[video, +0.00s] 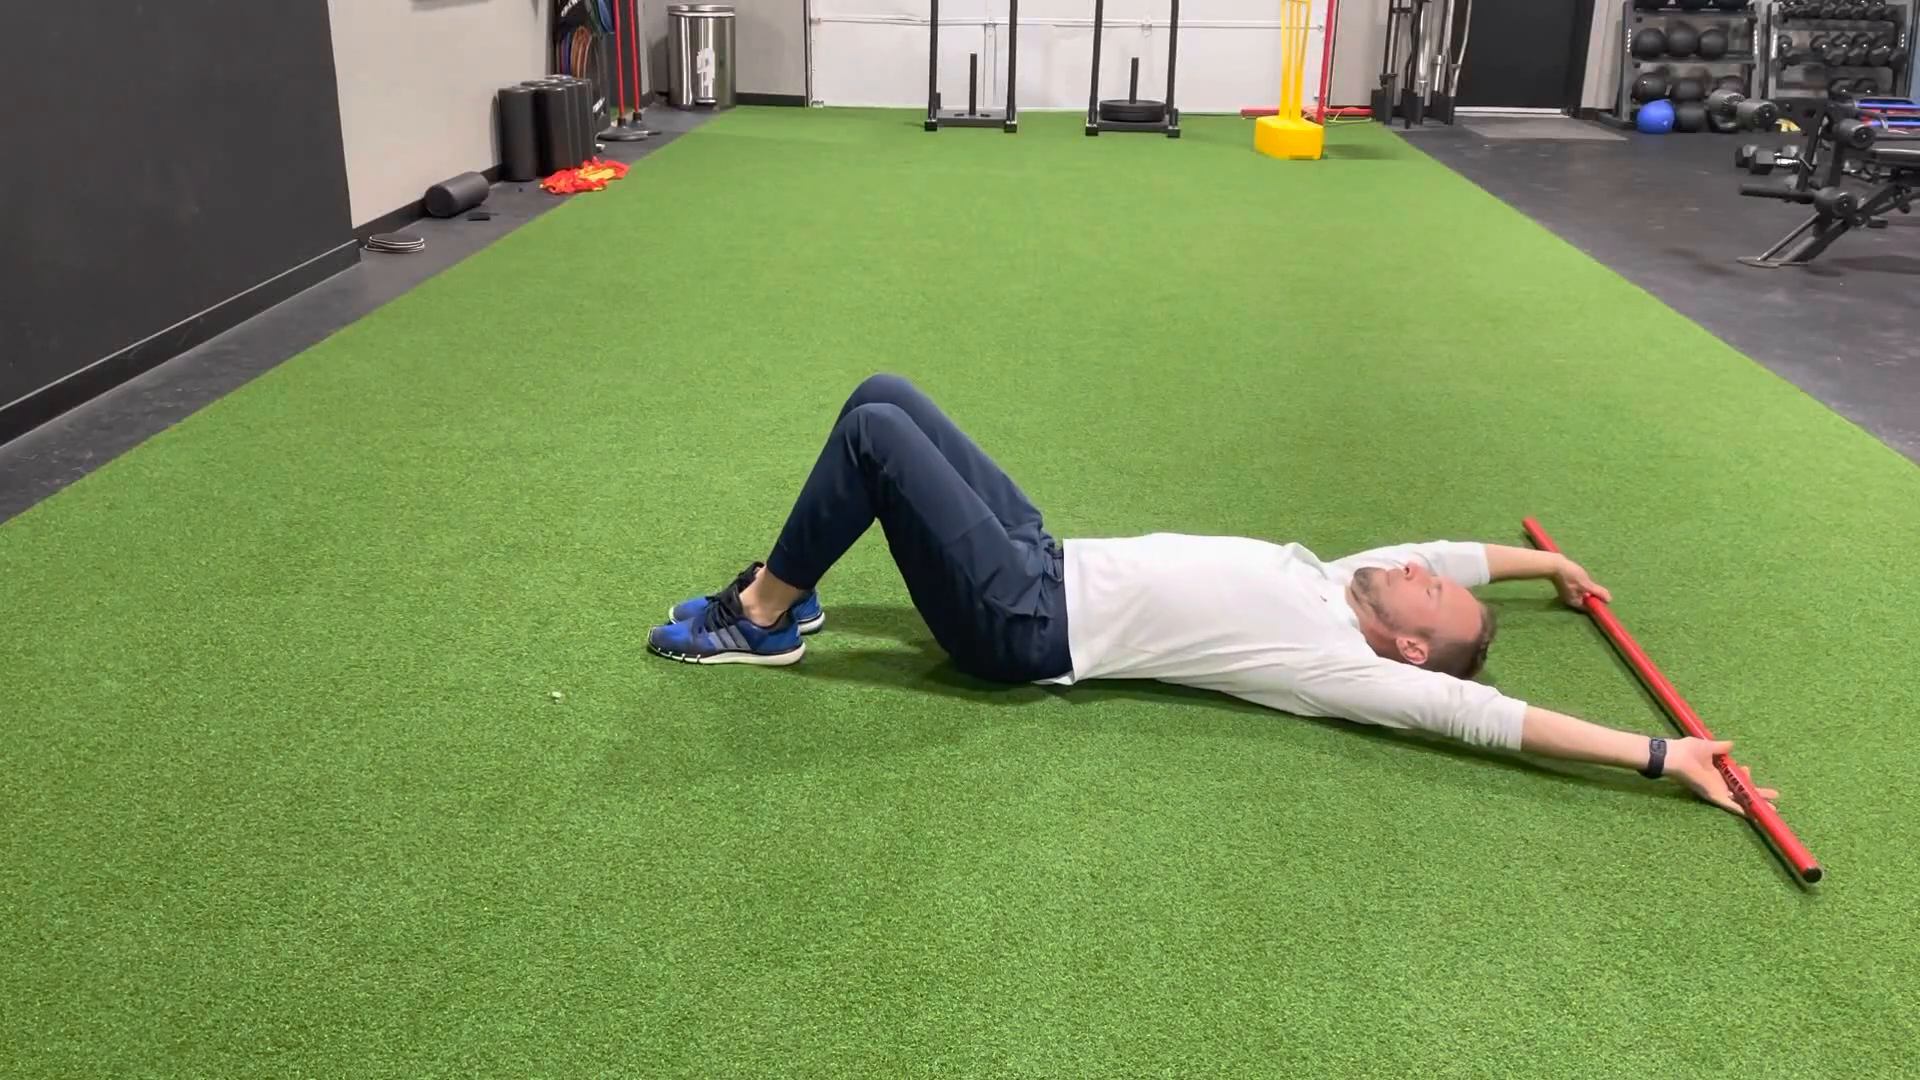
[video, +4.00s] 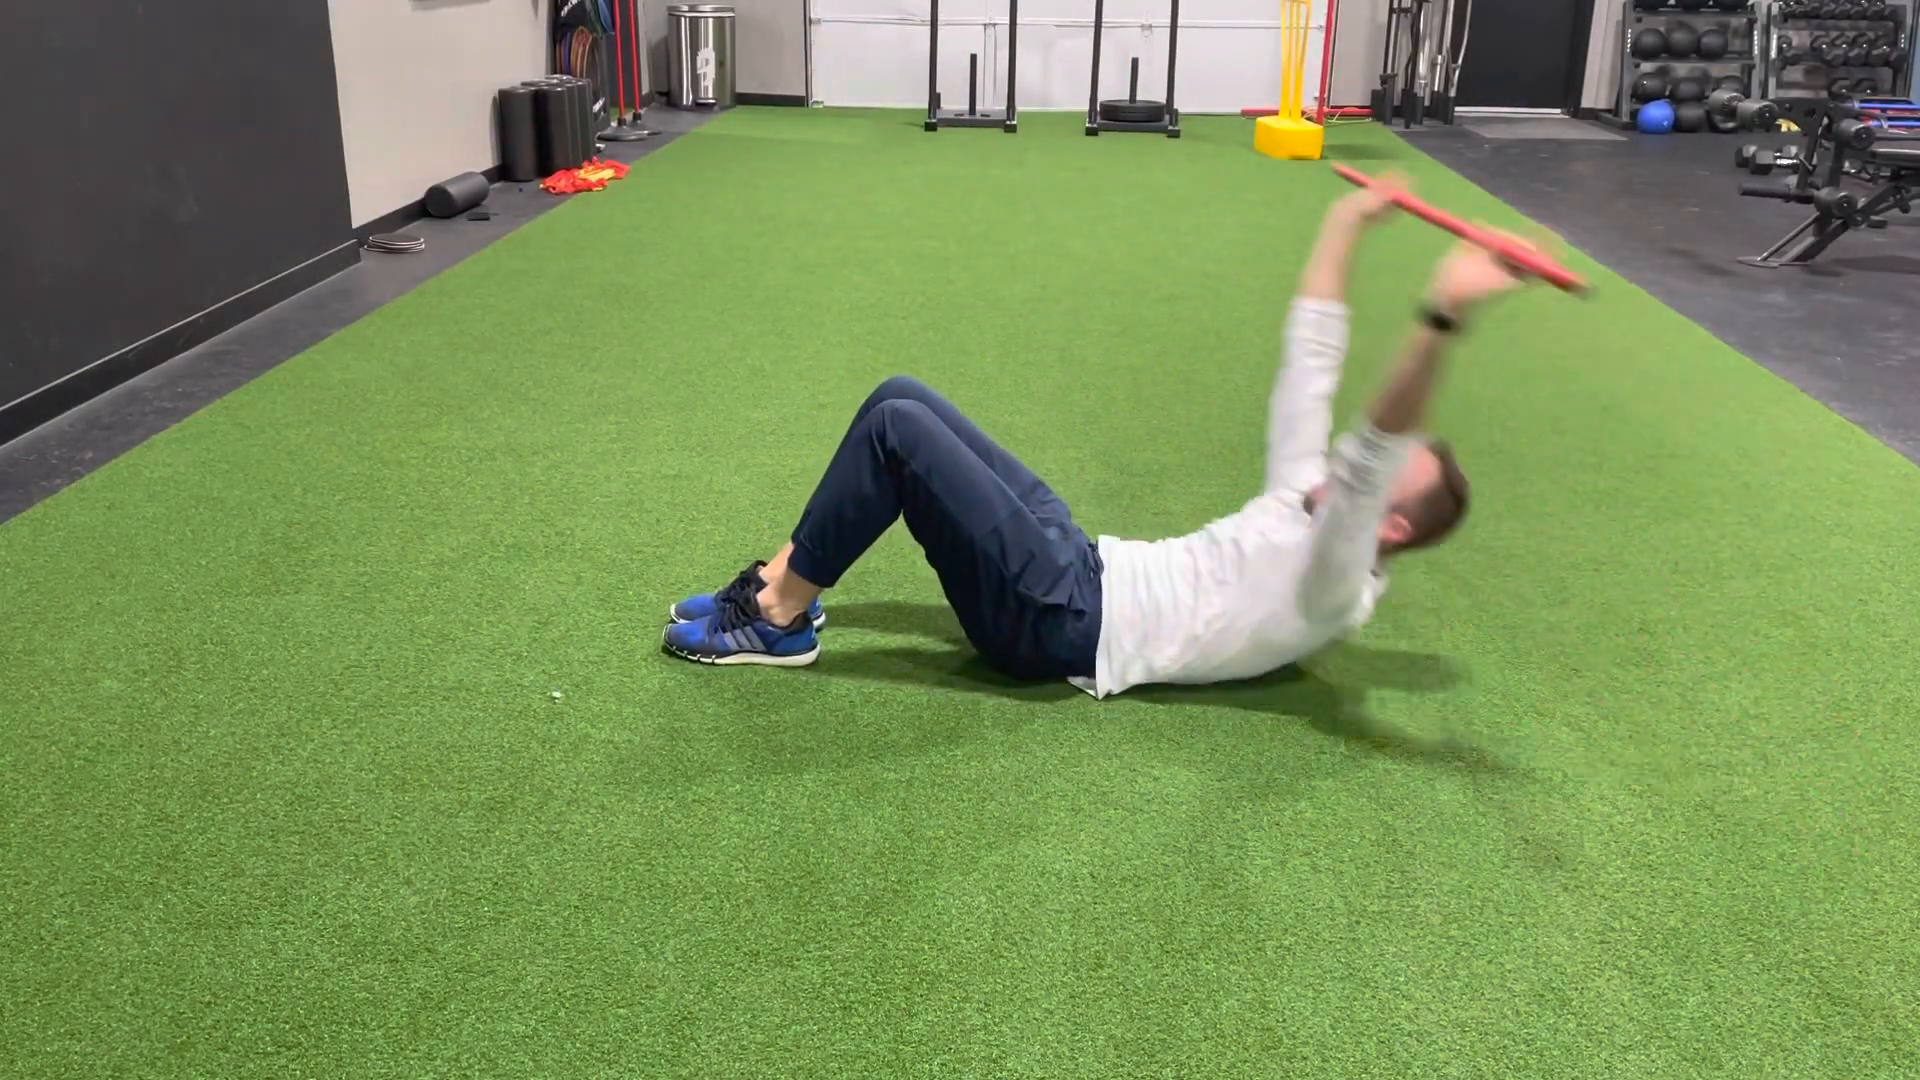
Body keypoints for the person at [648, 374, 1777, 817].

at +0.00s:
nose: (1408, 569)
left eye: (1423, 586)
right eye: (1424, 570)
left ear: (1421, 646)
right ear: (1406, 583)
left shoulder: (1351, 669)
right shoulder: (1336, 589)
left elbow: (1506, 723)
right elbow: (1432, 558)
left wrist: (1658, 750)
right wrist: (1547, 565)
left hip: (1036, 615)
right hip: (1052, 559)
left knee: (873, 416)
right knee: (883, 399)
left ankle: (771, 606)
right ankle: (779, 589)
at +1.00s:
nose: (1217, 388)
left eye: (1234, 384)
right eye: (1225, 374)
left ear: (1276, 433)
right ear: (1273, 431)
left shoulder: (1255, 516)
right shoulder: (1224, 465)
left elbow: (1201, 389)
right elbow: (1166, 336)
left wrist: (1197, 238)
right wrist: (1135, 172)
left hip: (1038, 616)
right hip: (1050, 563)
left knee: (879, 415)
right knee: (889, 395)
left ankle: (765, 611)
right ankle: (782, 592)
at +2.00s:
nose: (1020, 308)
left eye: (1034, 299)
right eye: (1021, 292)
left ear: (1083, 315)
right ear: (1082, 312)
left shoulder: (1089, 394)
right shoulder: (1093, 360)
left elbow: (987, 295)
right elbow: (1000, 221)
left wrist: (895, 155)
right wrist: (943, 105)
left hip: (999, 619)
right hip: (1002, 554)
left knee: (852, 425)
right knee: (869, 388)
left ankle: (752, 614)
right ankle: (776, 586)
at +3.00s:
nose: (1445, 558)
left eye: (1464, 578)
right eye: (1459, 555)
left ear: (1457, 619)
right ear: (1433, 563)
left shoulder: (1380, 649)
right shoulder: (1351, 573)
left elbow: (1540, 651)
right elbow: (1451, 515)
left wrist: (1699, 650)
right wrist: (1571, 483)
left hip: (1067, 617)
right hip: (1075, 561)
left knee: (894, 419)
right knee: (895, 404)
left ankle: (780, 610)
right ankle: (784, 586)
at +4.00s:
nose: (1378, 447)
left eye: (1399, 464)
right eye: (1387, 448)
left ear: (1405, 528)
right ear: (1361, 468)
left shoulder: (1335, 584)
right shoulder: (1297, 506)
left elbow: (1376, 436)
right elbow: (1311, 371)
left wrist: (1440, 316)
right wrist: (1342, 222)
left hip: (1071, 614)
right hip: (1081, 565)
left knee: (899, 422)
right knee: (901, 403)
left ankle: (779, 611)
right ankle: (781, 584)